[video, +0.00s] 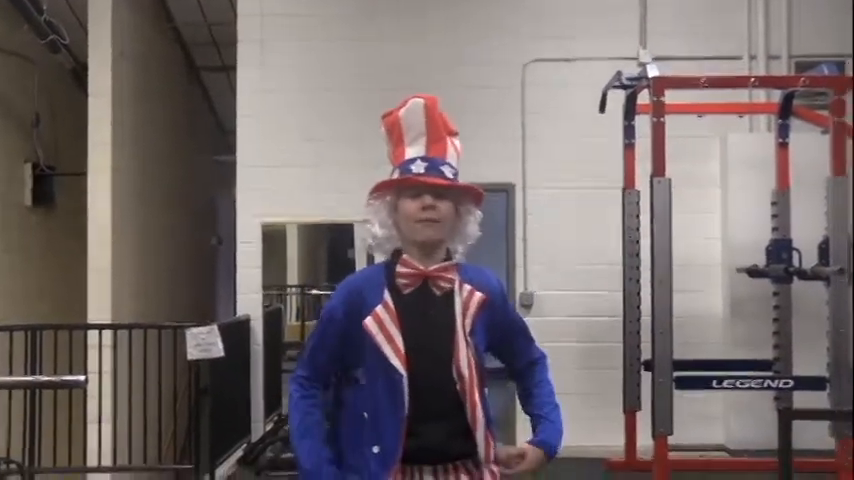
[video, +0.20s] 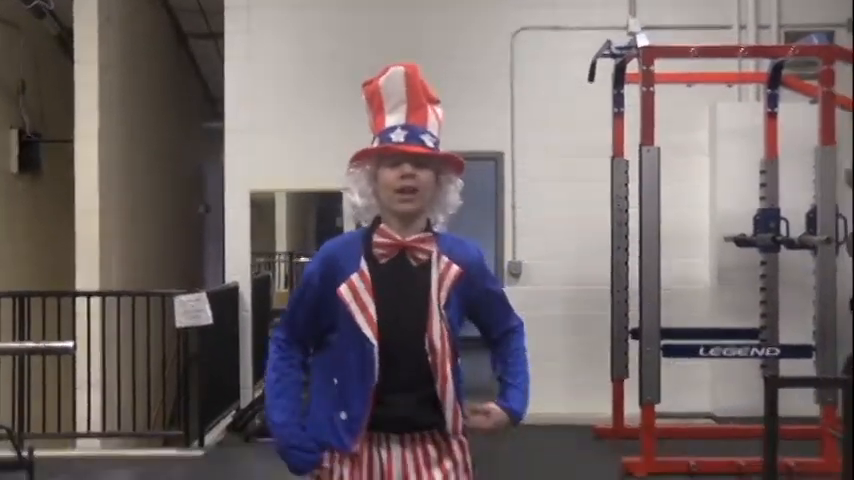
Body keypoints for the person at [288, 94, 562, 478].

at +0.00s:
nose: (428, 203)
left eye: (440, 194)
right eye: (413, 194)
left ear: (459, 211)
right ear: (392, 209)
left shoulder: (482, 287)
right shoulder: (359, 291)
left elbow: (529, 362)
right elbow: (307, 381)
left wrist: (545, 439)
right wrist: (319, 469)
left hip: (468, 469)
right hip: (384, 469)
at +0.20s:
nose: (407, 173)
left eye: (420, 164)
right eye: (393, 163)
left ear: (438, 180)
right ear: (371, 178)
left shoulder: (460, 261)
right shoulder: (333, 261)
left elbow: (505, 331)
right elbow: (286, 344)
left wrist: (510, 405)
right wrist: (290, 439)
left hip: (435, 456)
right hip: (349, 459)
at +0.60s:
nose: (370, 130)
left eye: (385, 119)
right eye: (358, 115)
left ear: (404, 133)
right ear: (337, 126)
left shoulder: (430, 214)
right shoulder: (299, 210)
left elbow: (479, 284)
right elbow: (269, 309)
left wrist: (490, 353)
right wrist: (252, 405)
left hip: (397, 408)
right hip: (314, 407)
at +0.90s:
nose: (348, 108)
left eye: (362, 99)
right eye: (335, 95)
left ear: (378, 115)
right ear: (312, 106)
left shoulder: (405, 198)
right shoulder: (274, 199)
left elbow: (449, 275)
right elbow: (254, 309)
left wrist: (441, 344)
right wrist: (249, 405)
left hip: (376, 395)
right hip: (295, 394)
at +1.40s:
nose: (318, 120)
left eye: (331, 110)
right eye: (304, 109)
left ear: (349, 126)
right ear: (283, 122)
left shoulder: (384, 195)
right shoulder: (267, 218)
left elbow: (446, 281)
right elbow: (258, 325)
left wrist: (423, 374)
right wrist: (204, 399)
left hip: (376, 405)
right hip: (297, 409)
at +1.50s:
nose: (325, 120)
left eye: (337, 111)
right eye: (311, 109)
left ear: (353, 125)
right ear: (288, 123)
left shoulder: (389, 195)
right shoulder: (278, 212)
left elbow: (453, 284)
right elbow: (260, 306)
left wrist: (436, 383)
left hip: (381, 405)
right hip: (302, 406)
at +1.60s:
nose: (338, 118)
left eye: (350, 109)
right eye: (324, 107)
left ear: (367, 124)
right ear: (301, 122)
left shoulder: (401, 196)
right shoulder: (287, 206)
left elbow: (463, 288)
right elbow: (236, 274)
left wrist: (450, 384)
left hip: (391, 407)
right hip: (308, 406)